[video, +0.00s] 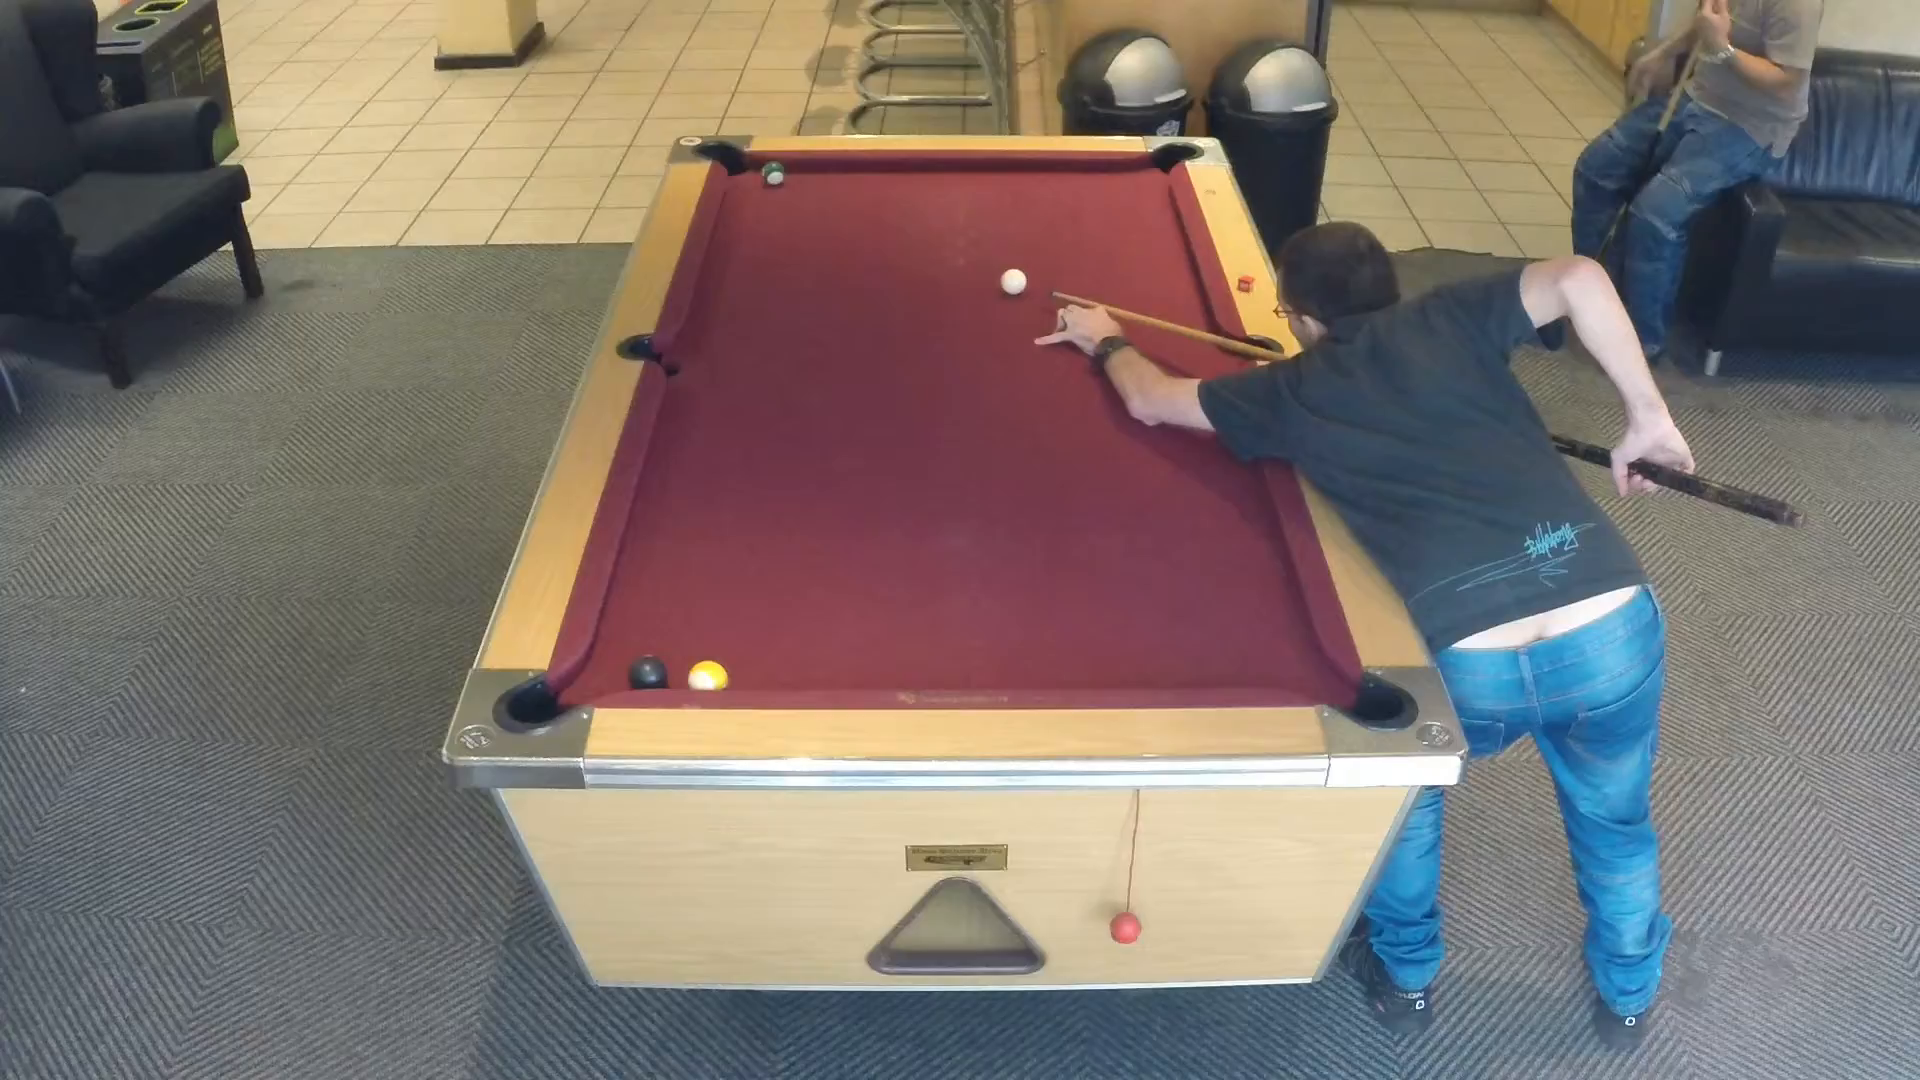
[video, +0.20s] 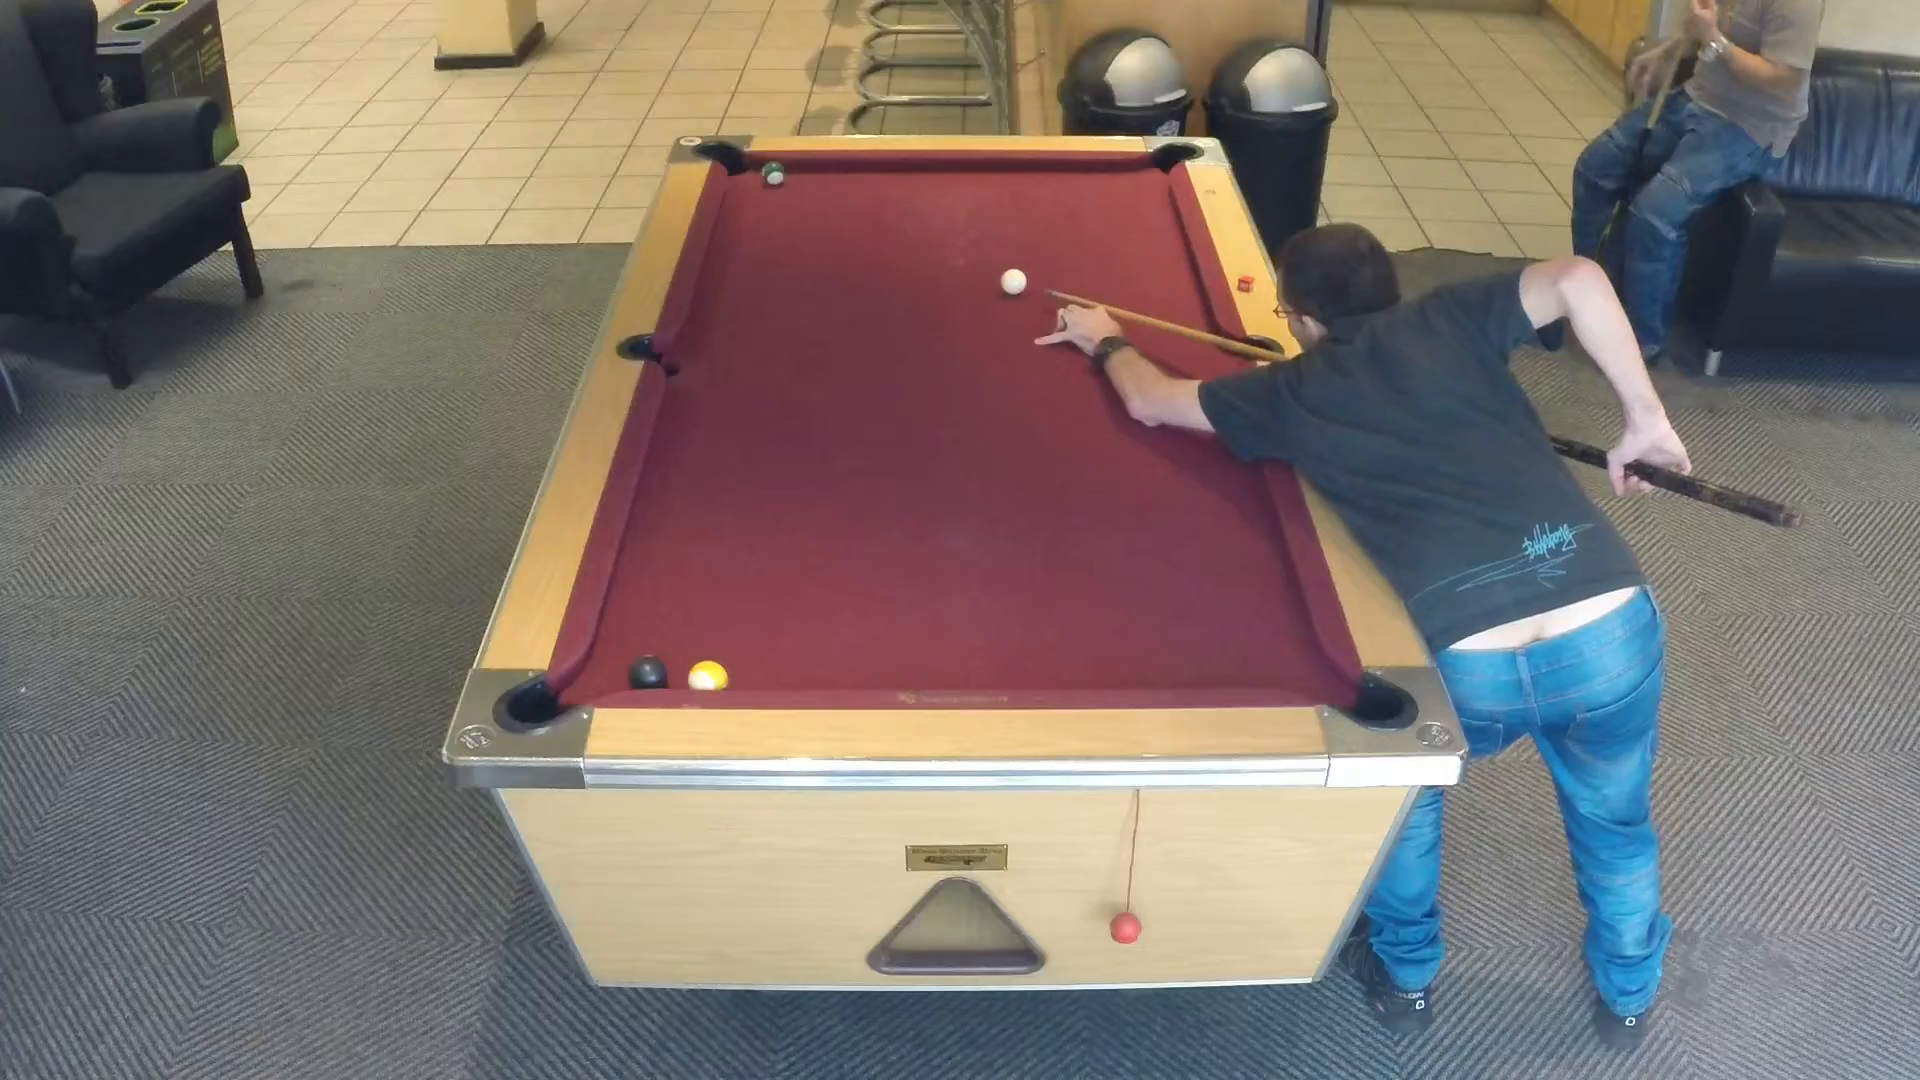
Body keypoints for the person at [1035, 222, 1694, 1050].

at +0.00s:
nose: (1286, 319)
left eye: (1288, 306)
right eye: (1286, 305)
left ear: (1307, 319)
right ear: (1391, 290)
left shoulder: (1294, 391)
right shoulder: (1458, 316)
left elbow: (1151, 396)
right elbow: (1579, 277)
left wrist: (1105, 340)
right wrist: (1650, 411)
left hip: (1469, 660)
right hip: (1611, 626)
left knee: (1404, 780)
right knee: (1618, 819)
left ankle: (1407, 972)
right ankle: (1630, 991)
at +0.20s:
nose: (1285, 320)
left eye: (1287, 307)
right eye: (1286, 306)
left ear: (1307, 320)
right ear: (1392, 291)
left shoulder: (1294, 393)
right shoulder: (1458, 317)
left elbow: (1151, 397)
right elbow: (1578, 277)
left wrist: (1104, 340)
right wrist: (1648, 412)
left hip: (1466, 662)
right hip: (1609, 627)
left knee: (1401, 776)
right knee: (1618, 820)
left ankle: (1407, 971)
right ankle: (1630, 989)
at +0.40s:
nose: (1286, 320)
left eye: (1288, 308)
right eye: (1286, 307)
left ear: (1306, 320)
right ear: (1391, 294)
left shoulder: (1292, 392)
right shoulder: (1455, 318)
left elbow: (1150, 398)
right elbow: (1578, 280)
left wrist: (1106, 340)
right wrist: (1642, 415)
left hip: (1468, 665)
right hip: (1608, 630)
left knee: (1401, 773)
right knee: (1618, 823)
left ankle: (1407, 969)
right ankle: (1630, 992)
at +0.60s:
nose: (1283, 321)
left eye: (1286, 309)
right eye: (1283, 309)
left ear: (1305, 321)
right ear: (1390, 295)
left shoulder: (1292, 392)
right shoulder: (1454, 318)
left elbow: (1150, 399)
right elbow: (1577, 279)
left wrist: (1106, 340)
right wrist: (1637, 416)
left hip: (1468, 663)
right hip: (1608, 629)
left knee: (1400, 772)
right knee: (1617, 822)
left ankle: (1406, 970)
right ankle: (1631, 991)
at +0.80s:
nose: (1283, 323)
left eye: (1285, 310)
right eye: (1283, 310)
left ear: (1302, 322)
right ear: (1387, 296)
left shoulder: (1291, 392)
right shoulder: (1453, 317)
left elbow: (1148, 400)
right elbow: (1575, 278)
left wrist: (1106, 340)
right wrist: (1636, 416)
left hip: (1468, 661)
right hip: (1608, 626)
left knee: (1401, 775)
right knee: (1617, 823)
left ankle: (1406, 971)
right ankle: (1631, 992)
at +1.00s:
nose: (1281, 323)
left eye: (1284, 311)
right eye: (1281, 311)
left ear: (1301, 322)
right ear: (1387, 295)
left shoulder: (1289, 392)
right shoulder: (1451, 317)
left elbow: (1147, 400)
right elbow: (1574, 278)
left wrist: (1106, 340)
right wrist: (1635, 415)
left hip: (1468, 660)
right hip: (1607, 625)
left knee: (1401, 775)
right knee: (1617, 822)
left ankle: (1406, 971)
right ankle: (1631, 992)